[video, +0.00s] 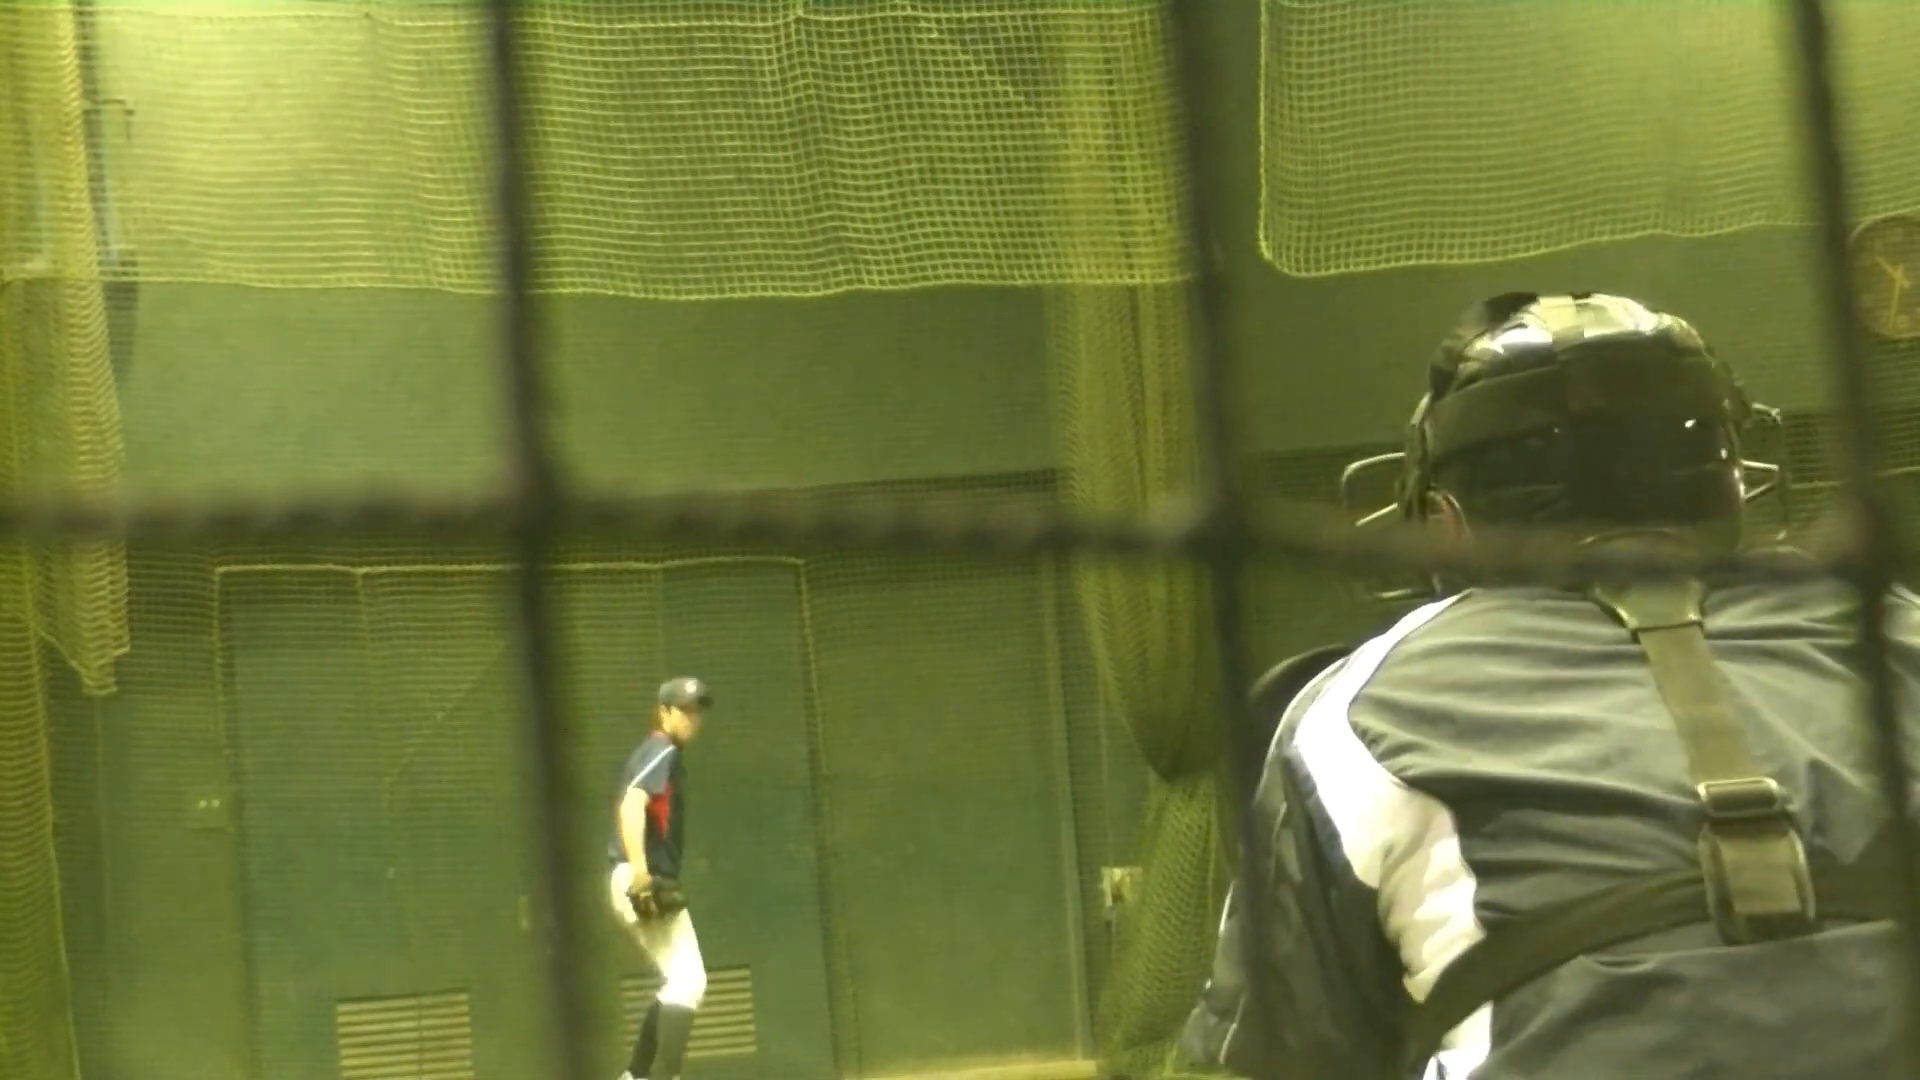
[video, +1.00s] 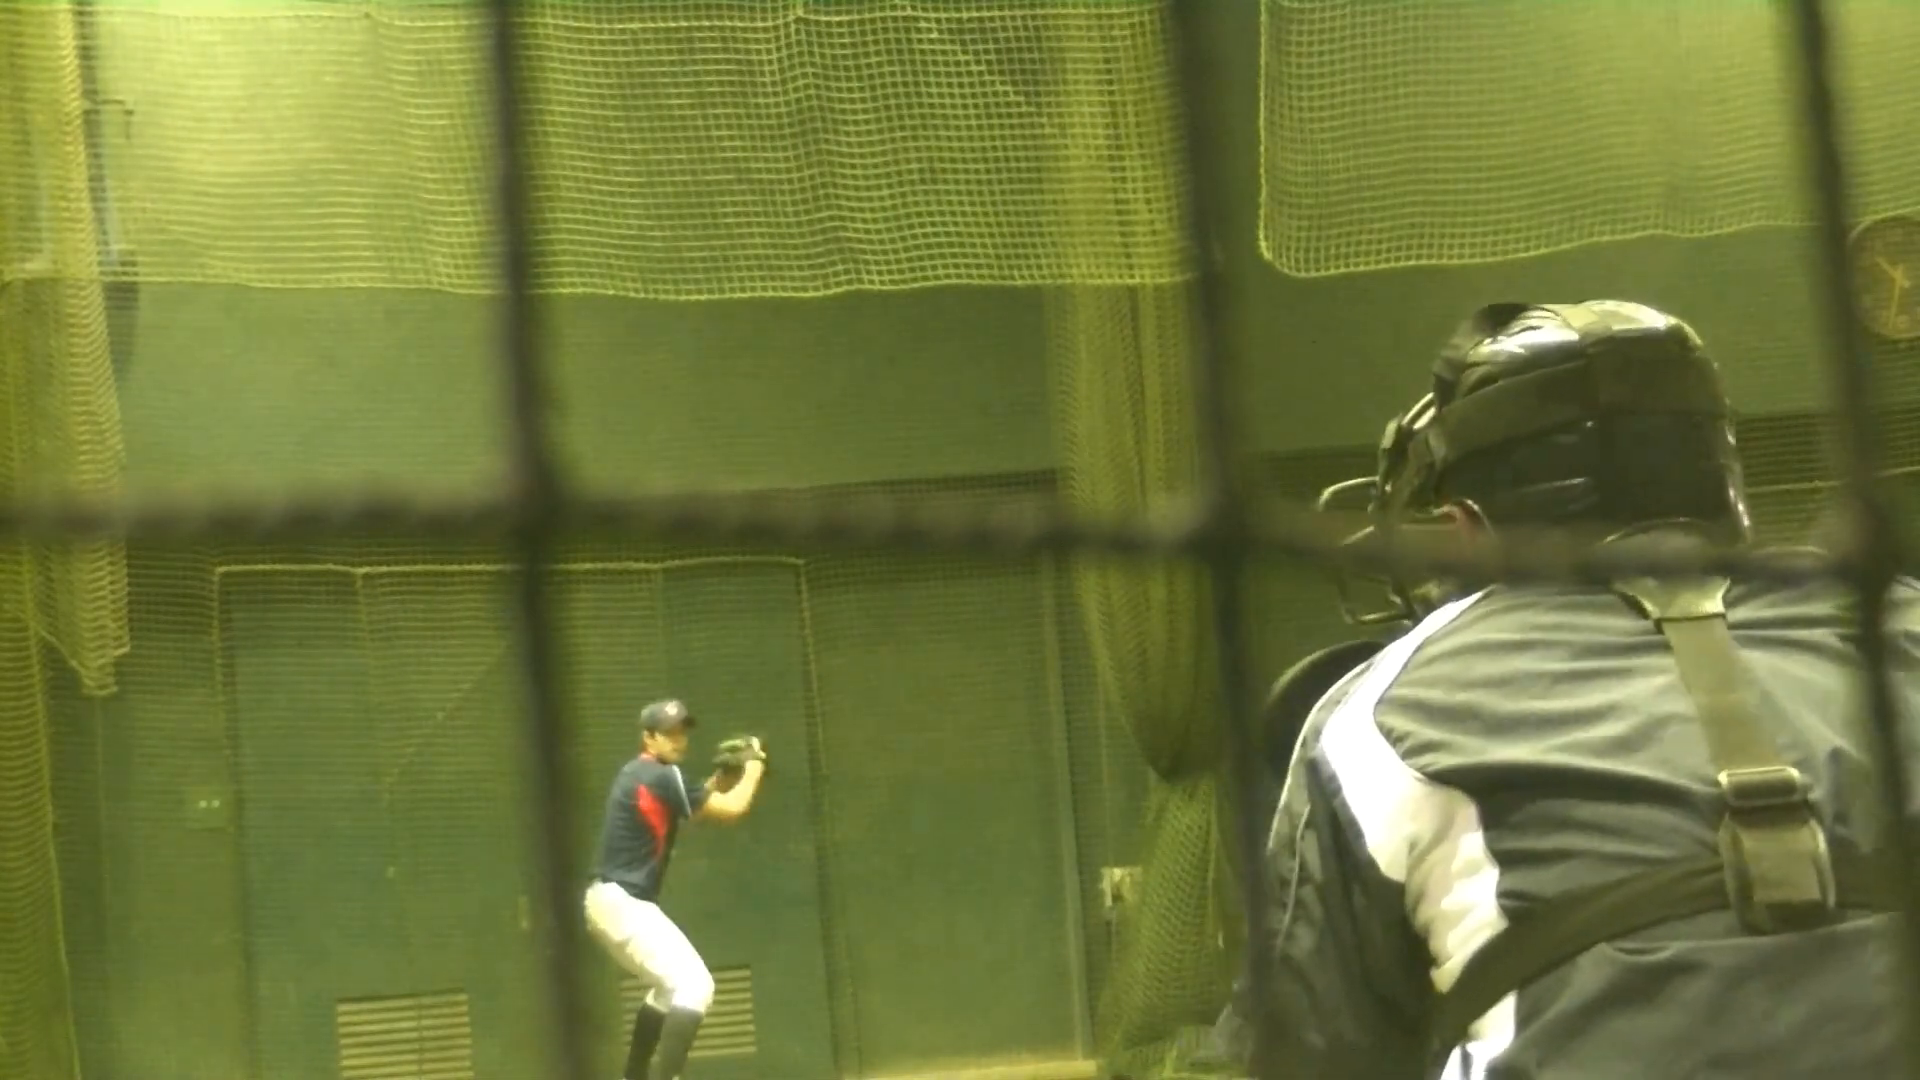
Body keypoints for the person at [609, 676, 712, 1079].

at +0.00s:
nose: (697, 721)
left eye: (699, 712)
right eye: (690, 712)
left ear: (677, 714)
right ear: (666, 712)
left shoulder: (659, 748)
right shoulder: (662, 747)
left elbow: (634, 808)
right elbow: (631, 803)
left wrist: (654, 871)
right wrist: (639, 870)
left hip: (642, 876)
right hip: (645, 877)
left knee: (680, 980)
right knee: (688, 979)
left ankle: (639, 1071)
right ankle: (666, 1072)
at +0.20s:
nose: (708, 717)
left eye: (710, 709)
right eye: (699, 709)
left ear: (678, 713)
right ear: (676, 710)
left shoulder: (660, 747)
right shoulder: (674, 751)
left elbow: (631, 813)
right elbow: (639, 809)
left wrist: (655, 878)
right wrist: (648, 878)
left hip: (626, 870)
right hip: (638, 871)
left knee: (662, 975)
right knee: (682, 979)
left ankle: (637, 1068)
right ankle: (666, 1072)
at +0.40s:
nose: (703, 731)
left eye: (706, 723)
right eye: (694, 723)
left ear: (710, 724)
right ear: (671, 723)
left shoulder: (656, 759)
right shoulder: (669, 764)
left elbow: (662, 845)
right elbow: (671, 838)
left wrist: (687, 895)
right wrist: (712, 900)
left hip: (616, 881)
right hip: (629, 883)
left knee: (659, 982)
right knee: (685, 982)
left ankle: (634, 1072)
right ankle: (667, 1072)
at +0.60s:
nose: (687, 735)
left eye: (690, 727)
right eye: (678, 727)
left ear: (691, 729)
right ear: (655, 730)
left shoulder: (644, 767)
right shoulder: (662, 773)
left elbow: (696, 836)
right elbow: (702, 836)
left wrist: (758, 859)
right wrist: (768, 866)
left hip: (611, 891)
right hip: (624, 893)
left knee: (663, 983)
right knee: (684, 983)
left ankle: (636, 1073)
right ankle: (665, 1073)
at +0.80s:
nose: (680, 744)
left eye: (682, 736)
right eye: (670, 737)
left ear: (683, 737)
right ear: (648, 741)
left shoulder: (637, 775)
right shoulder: (661, 782)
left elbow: (706, 811)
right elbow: (730, 827)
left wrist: (754, 793)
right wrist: (776, 805)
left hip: (608, 904)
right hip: (623, 905)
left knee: (671, 984)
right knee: (696, 987)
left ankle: (638, 1074)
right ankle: (668, 1073)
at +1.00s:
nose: (681, 742)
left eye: (684, 734)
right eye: (673, 735)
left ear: (683, 734)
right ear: (650, 737)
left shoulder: (637, 772)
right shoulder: (659, 776)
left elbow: (692, 806)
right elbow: (733, 807)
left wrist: (725, 774)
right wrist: (754, 766)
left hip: (605, 899)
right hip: (622, 901)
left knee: (669, 985)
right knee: (695, 985)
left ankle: (634, 1073)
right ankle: (665, 1073)